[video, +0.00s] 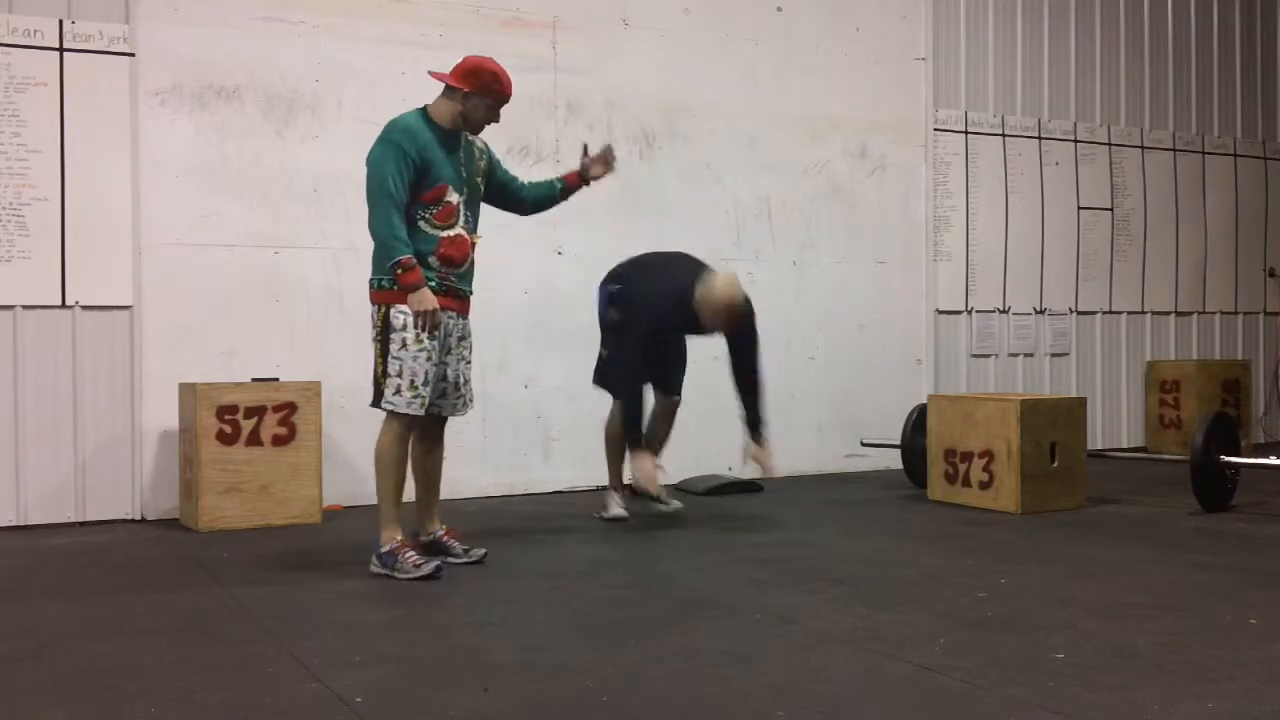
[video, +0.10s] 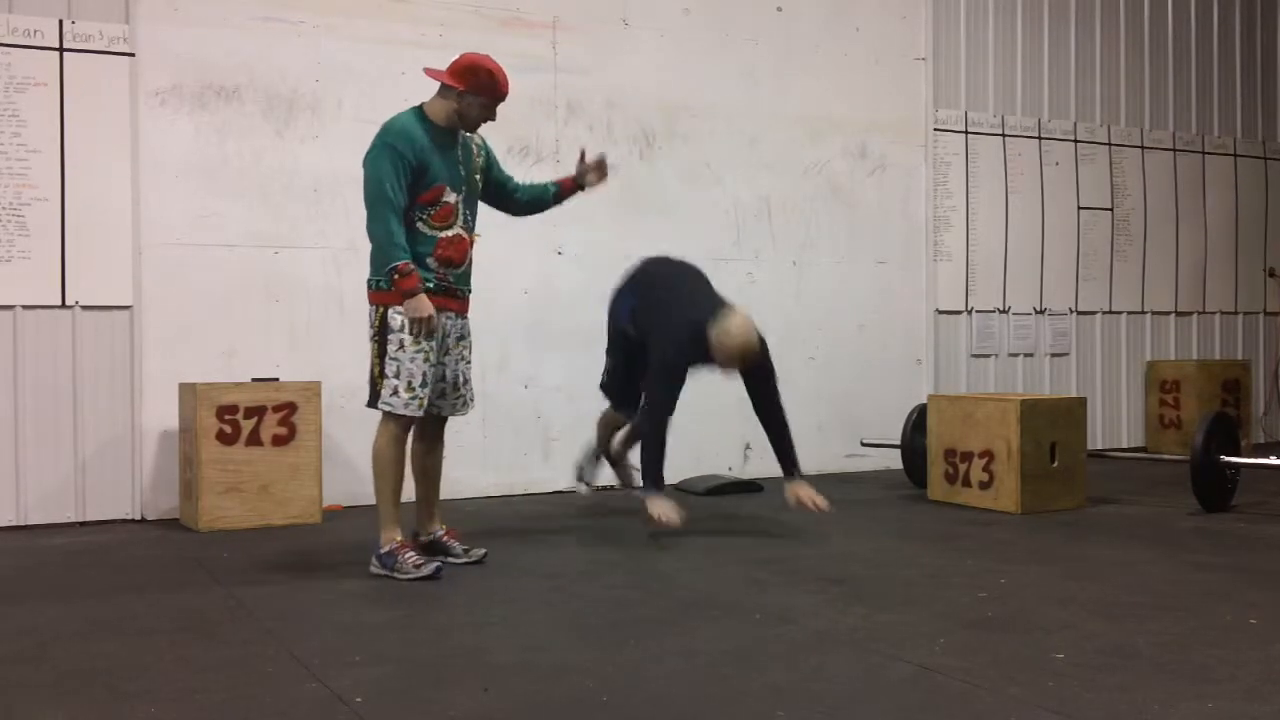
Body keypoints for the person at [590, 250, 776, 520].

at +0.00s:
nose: (719, 325)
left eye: (725, 319)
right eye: (715, 317)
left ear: (734, 305)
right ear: (702, 302)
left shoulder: (736, 307)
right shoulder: (655, 303)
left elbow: (746, 372)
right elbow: (630, 384)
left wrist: (756, 438)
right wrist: (637, 451)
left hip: (666, 313)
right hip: (624, 307)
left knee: (669, 400)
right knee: (623, 402)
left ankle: (644, 481)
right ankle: (615, 490)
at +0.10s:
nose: (729, 369)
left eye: (737, 363)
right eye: (725, 362)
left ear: (749, 345)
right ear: (714, 347)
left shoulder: (745, 338)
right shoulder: (674, 343)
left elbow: (768, 406)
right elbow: (654, 418)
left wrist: (793, 476)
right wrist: (653, 491)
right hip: (634, 298)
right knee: (622, 408)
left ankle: (620, 451)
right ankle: (598, 452)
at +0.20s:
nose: (755, 423)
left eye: (761, 416)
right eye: (750, 417)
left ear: (769, 396)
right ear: (733, 402)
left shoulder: (764, 390)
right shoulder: (693, 399)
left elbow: (792, 455)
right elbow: (655, 469)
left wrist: (813, 522)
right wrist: (651, 534)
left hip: (690, 346)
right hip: (644, 354)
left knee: (648, 424)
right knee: (611, 428)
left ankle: (605, 443)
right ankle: (583, 435)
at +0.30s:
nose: (786, 477)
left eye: (788, 469)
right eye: (779, 473)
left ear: (789, 454)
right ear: (754, 466)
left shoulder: (782, 441)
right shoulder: (701, 452)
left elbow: (815, 472)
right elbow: (632, 476)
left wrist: (815, 523)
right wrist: (648, 535)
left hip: (701, 414)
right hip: (658, 418)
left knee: (636, 445)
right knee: (609, 444)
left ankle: (601, 462)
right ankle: (574, 456)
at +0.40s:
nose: (784, 514)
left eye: (789, 509)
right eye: (779, 509)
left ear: (794, 494)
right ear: (759, 498)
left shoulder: (794, 477)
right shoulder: (712, 480)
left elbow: (815, 468)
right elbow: (645, 477)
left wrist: (816, 521)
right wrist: (649, 534)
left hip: (703, 478)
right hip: (662, 477)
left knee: (631, 479)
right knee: (609, 482)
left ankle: (604, 464)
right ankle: (576, 463)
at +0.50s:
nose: (788, 537)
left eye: (794, 530)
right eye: (781, 533)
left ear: (799, 510)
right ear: (758, 517)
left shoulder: (796, 489)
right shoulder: (713, 502)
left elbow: (809, 462)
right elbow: (649, 469)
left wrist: (816, 522)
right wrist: (650, 534)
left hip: (694, 492)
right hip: (659, 504)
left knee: (643, 482)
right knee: (616, 499)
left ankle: (606, 460)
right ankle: (583, 464)